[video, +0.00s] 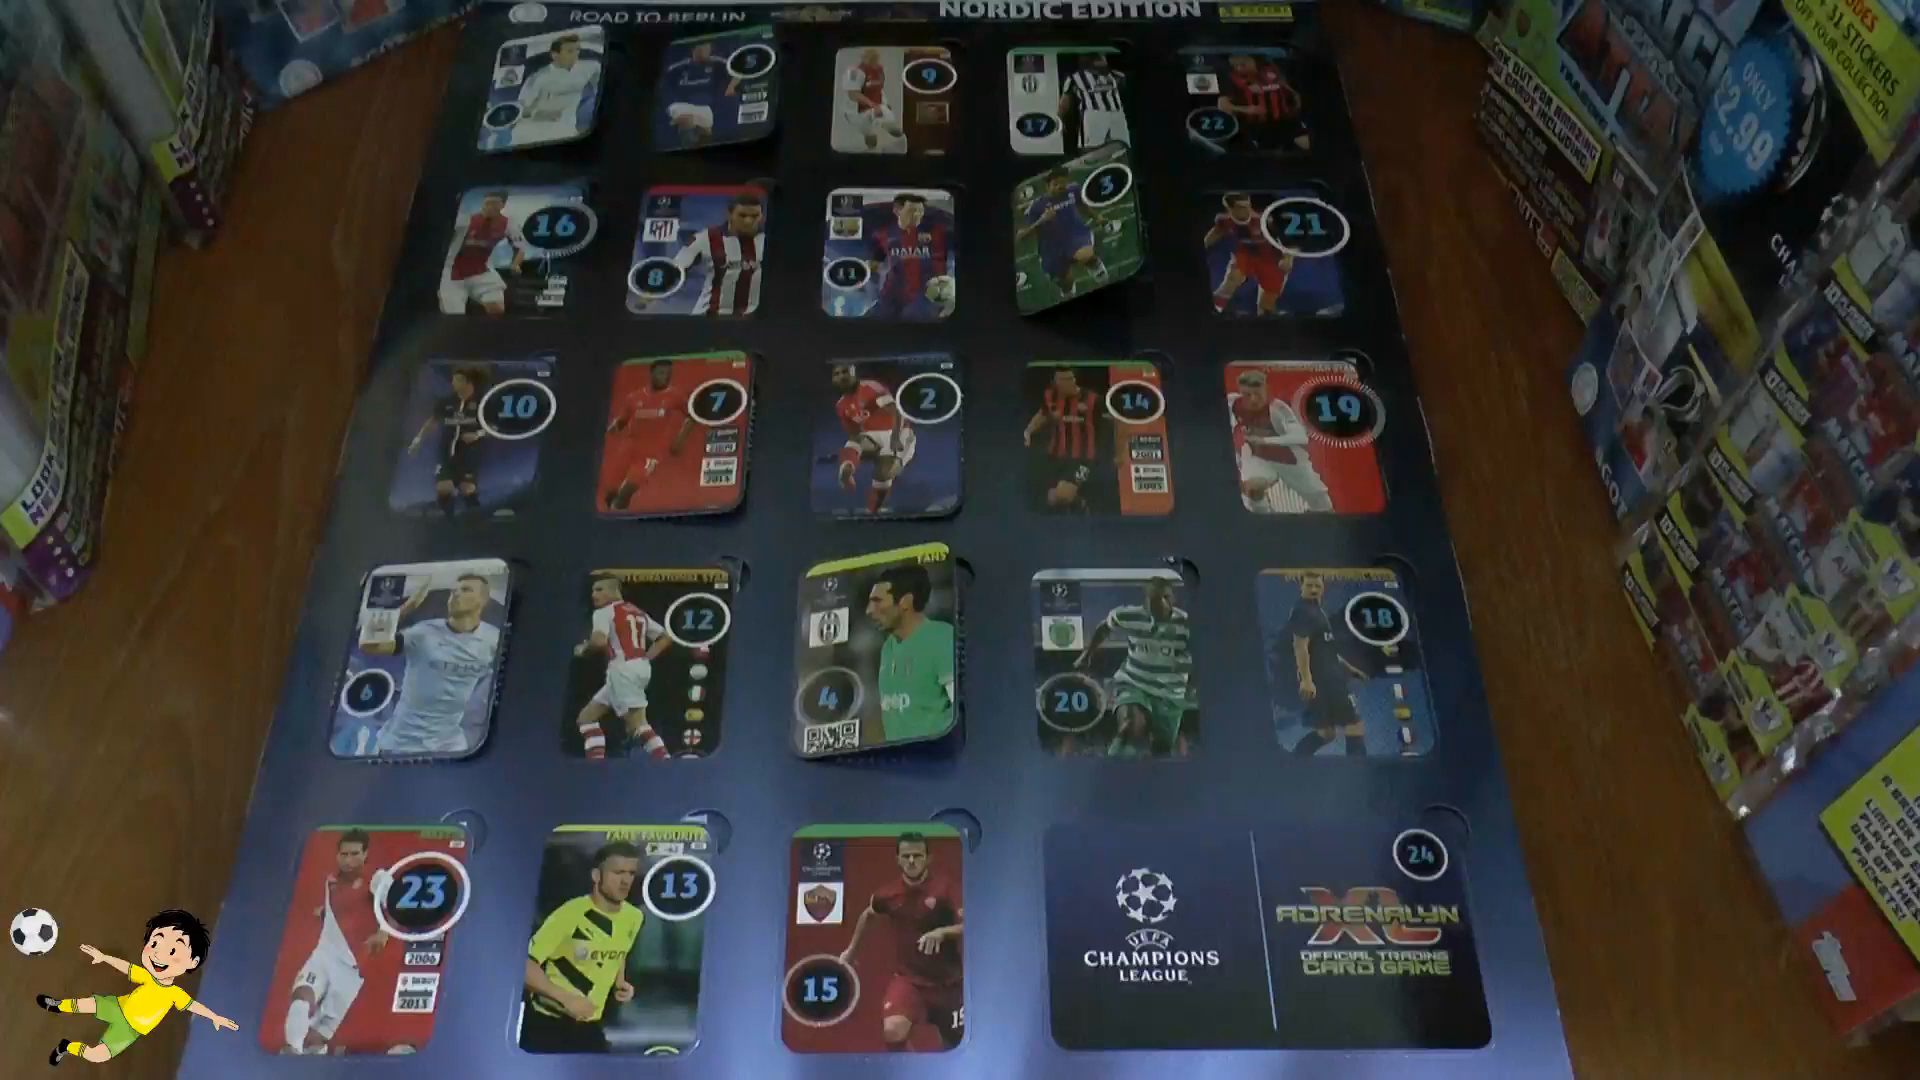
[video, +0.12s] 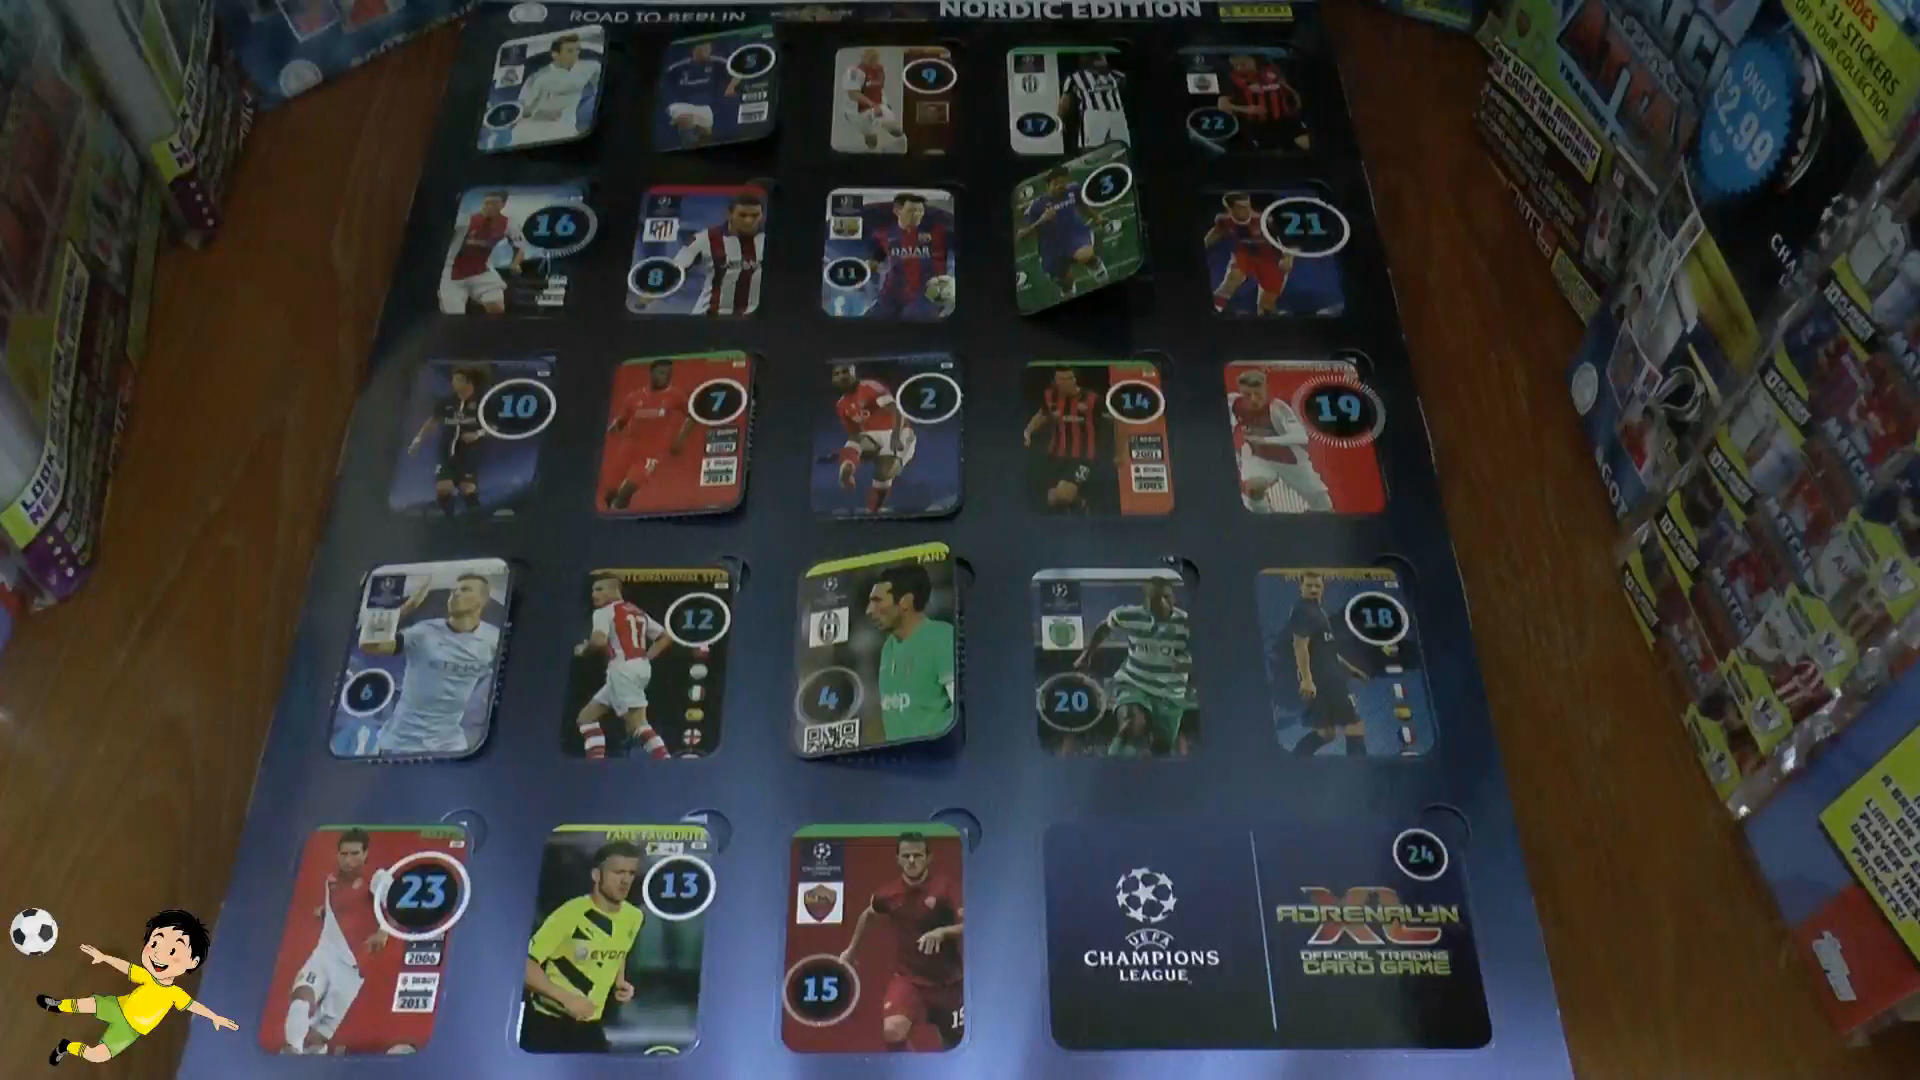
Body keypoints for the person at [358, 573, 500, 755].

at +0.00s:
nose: (455, 594)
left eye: (466, 590)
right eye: (453, 590)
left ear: (483, 600)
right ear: (449, 598)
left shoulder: (494, 641)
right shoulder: (423, 632)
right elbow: (370, 645)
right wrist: (396, 615)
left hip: (449, 743)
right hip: (400, 740)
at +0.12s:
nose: (455, 594)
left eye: (465, 590)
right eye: (453, 590)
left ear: (483, 600)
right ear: (449, 598)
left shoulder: (494, 641)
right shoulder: (423, 632)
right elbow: (370, 645)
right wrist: (399, 612)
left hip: (449, 742)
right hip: (401, 740)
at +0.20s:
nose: (455, 594)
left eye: (465, 589)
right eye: (453, 590)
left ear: (483, 600)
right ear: (449, 598)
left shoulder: (495, 641)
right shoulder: (423, 632)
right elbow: (370, 645)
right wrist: (400, 612)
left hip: (449, 742)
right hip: (401, 739)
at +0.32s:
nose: (455, 594)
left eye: (466, 590)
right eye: (454, 590)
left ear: (484, 600)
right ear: (449, 597)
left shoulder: (495, 640)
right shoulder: (423, 632)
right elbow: (370, 645)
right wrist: (397, 613)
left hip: (449, 742)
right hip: (401, 739)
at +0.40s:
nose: (455, 594)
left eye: (466, 590)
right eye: (454, 590)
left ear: (484, 600)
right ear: (449, 597)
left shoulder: (495, 640)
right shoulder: (423, 631)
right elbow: (370, 645)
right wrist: (399, 613)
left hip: (449, 741)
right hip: (401, 738)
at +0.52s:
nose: (456, 594)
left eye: (466, 589)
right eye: (454, 590)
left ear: (484, 599)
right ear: (450, 597)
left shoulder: (495, 640)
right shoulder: (423, 632)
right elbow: (370, 645)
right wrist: (402, 611)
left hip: (449, 741)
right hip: (401, 739)